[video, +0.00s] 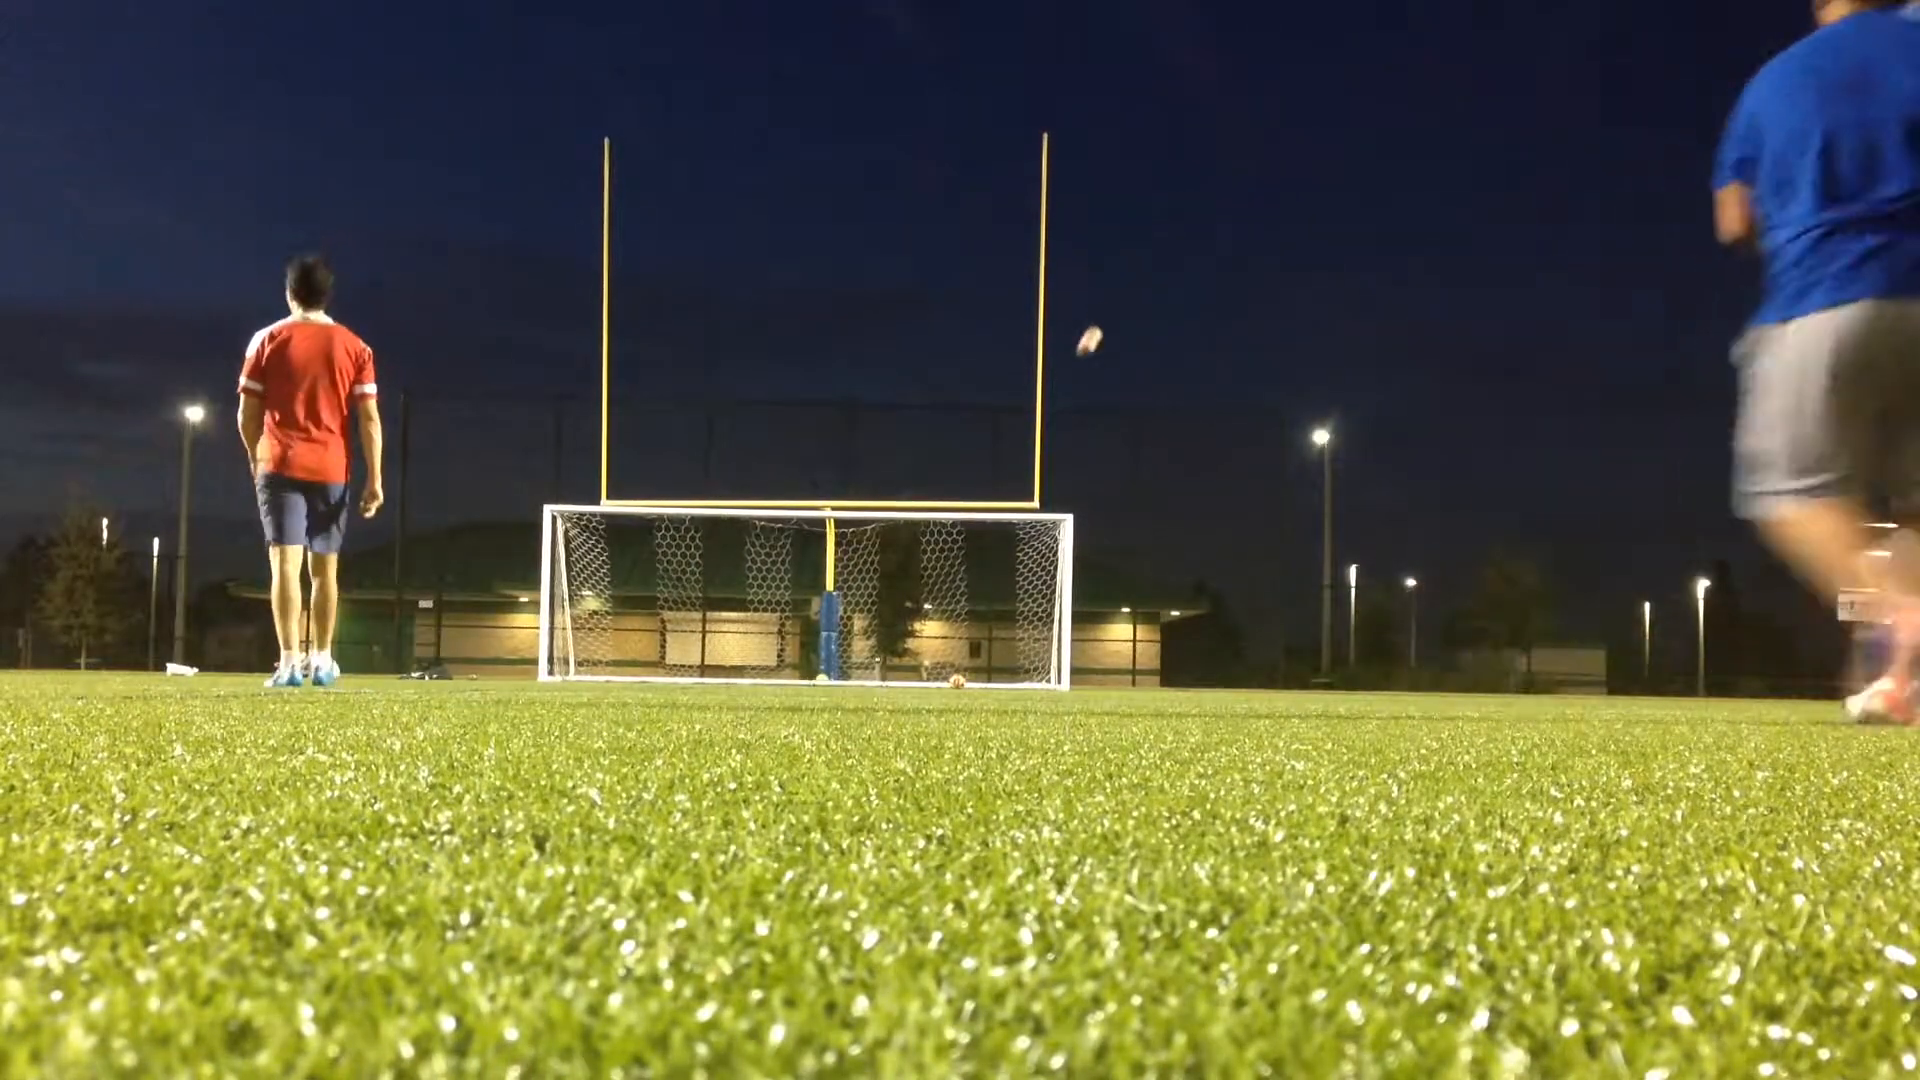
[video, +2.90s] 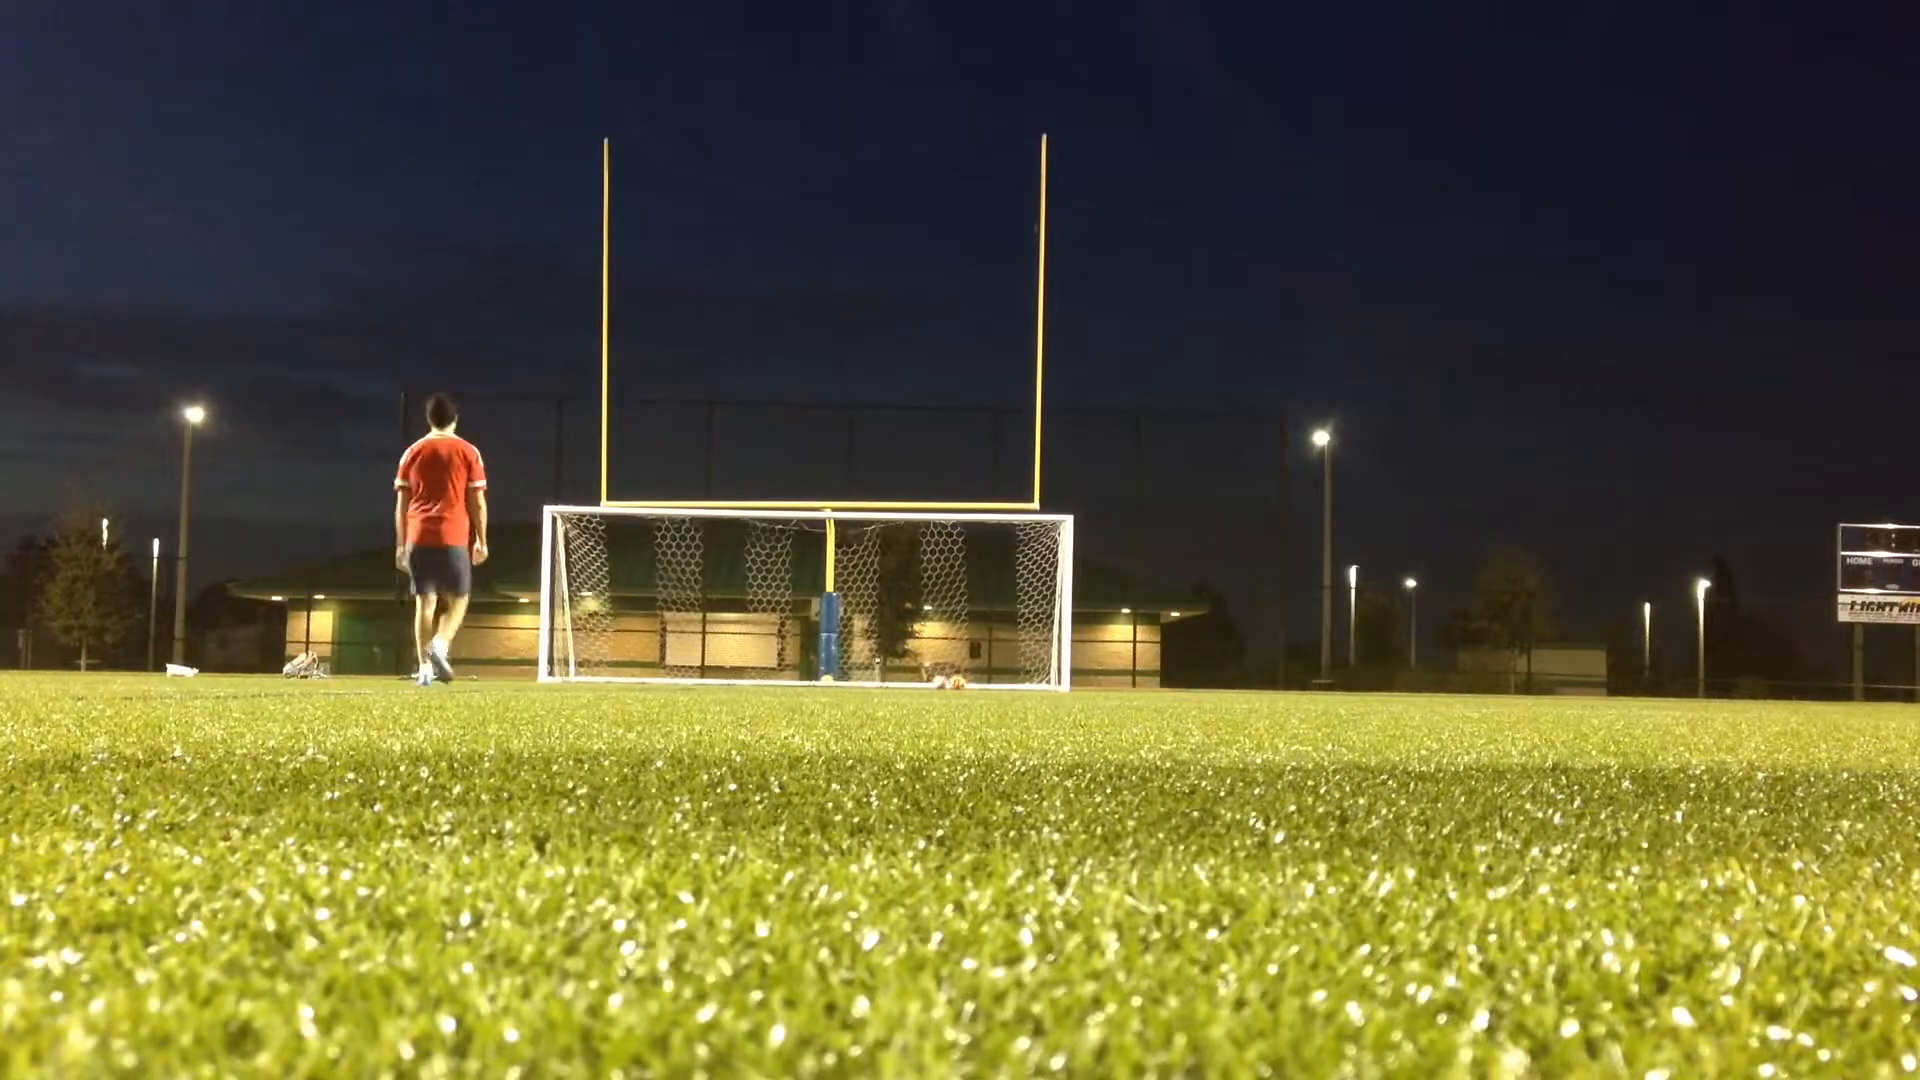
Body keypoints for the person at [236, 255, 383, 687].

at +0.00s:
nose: (289, 296)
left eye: (288, 291)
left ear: (290, 294)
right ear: (328, 295)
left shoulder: (267, 340)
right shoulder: (354, 346)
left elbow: (247, 415)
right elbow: (370, 417)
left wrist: (258, 459)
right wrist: (375, 477)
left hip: (278, 461)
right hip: (331, 466)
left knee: (285, 564)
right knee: (325, 571)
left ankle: (290, 661)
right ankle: (322, 659)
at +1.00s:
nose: (329, 347)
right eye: (329, 341)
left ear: (294, 344)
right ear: (329, 344)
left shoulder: (272, 384)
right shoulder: (348, 388)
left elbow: (257, 453)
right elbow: (358, 449)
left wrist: (270, 487)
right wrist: (362, 502)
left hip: (280, 492)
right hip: (326, 495)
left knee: (279, 575)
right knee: (324, 578)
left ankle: (274, 663)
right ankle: (318, 661)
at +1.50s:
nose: (358, 370)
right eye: (363, 364)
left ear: (332, 367)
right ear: (366, 367)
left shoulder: (312, 405)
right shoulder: (381, 408)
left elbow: (296, 462)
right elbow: (392, 466)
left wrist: (290, 510)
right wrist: (389, 502)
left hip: (317, 505)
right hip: (358, 507)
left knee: (323, 580)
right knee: (341, 585)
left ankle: (316, 656)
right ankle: (327, 662)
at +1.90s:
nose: (351, 384)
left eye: (352, 379)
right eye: (354, 379)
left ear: (355, 382)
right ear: (384, 382)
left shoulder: (337, 419)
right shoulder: (403, 421)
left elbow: (323, 476)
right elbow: (411, 476)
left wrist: (319, 521)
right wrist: (412, 519)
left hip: (341, 516)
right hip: (383, 517)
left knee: (347, 591)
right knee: (386, 589)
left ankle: (347, 666)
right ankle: (365, 638)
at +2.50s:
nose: (409, 407)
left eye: (410, 403)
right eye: (415, 403)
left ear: (411, 406)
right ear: (439, 407)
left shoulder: (393, 441)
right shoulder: (453, 443)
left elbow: (381, 491)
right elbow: (463, 491)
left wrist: (374, 534)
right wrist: (464, 527)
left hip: (398, 528)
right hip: (434, 529)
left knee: (406, 595)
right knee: (424, 598)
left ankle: (406, 665)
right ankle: (414, 667)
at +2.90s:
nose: (448, 422)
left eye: (436, 417)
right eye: (452, 418)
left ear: (428, 419)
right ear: (455, 420)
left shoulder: (412, 452)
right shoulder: (468, 452)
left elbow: (402, 502)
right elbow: (478, 501)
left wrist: (400, 543)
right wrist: (481, 538)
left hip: (418, 538)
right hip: (454, 538)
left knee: (424, 602)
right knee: (458, 600)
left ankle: (424, 669)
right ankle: (440, 643)